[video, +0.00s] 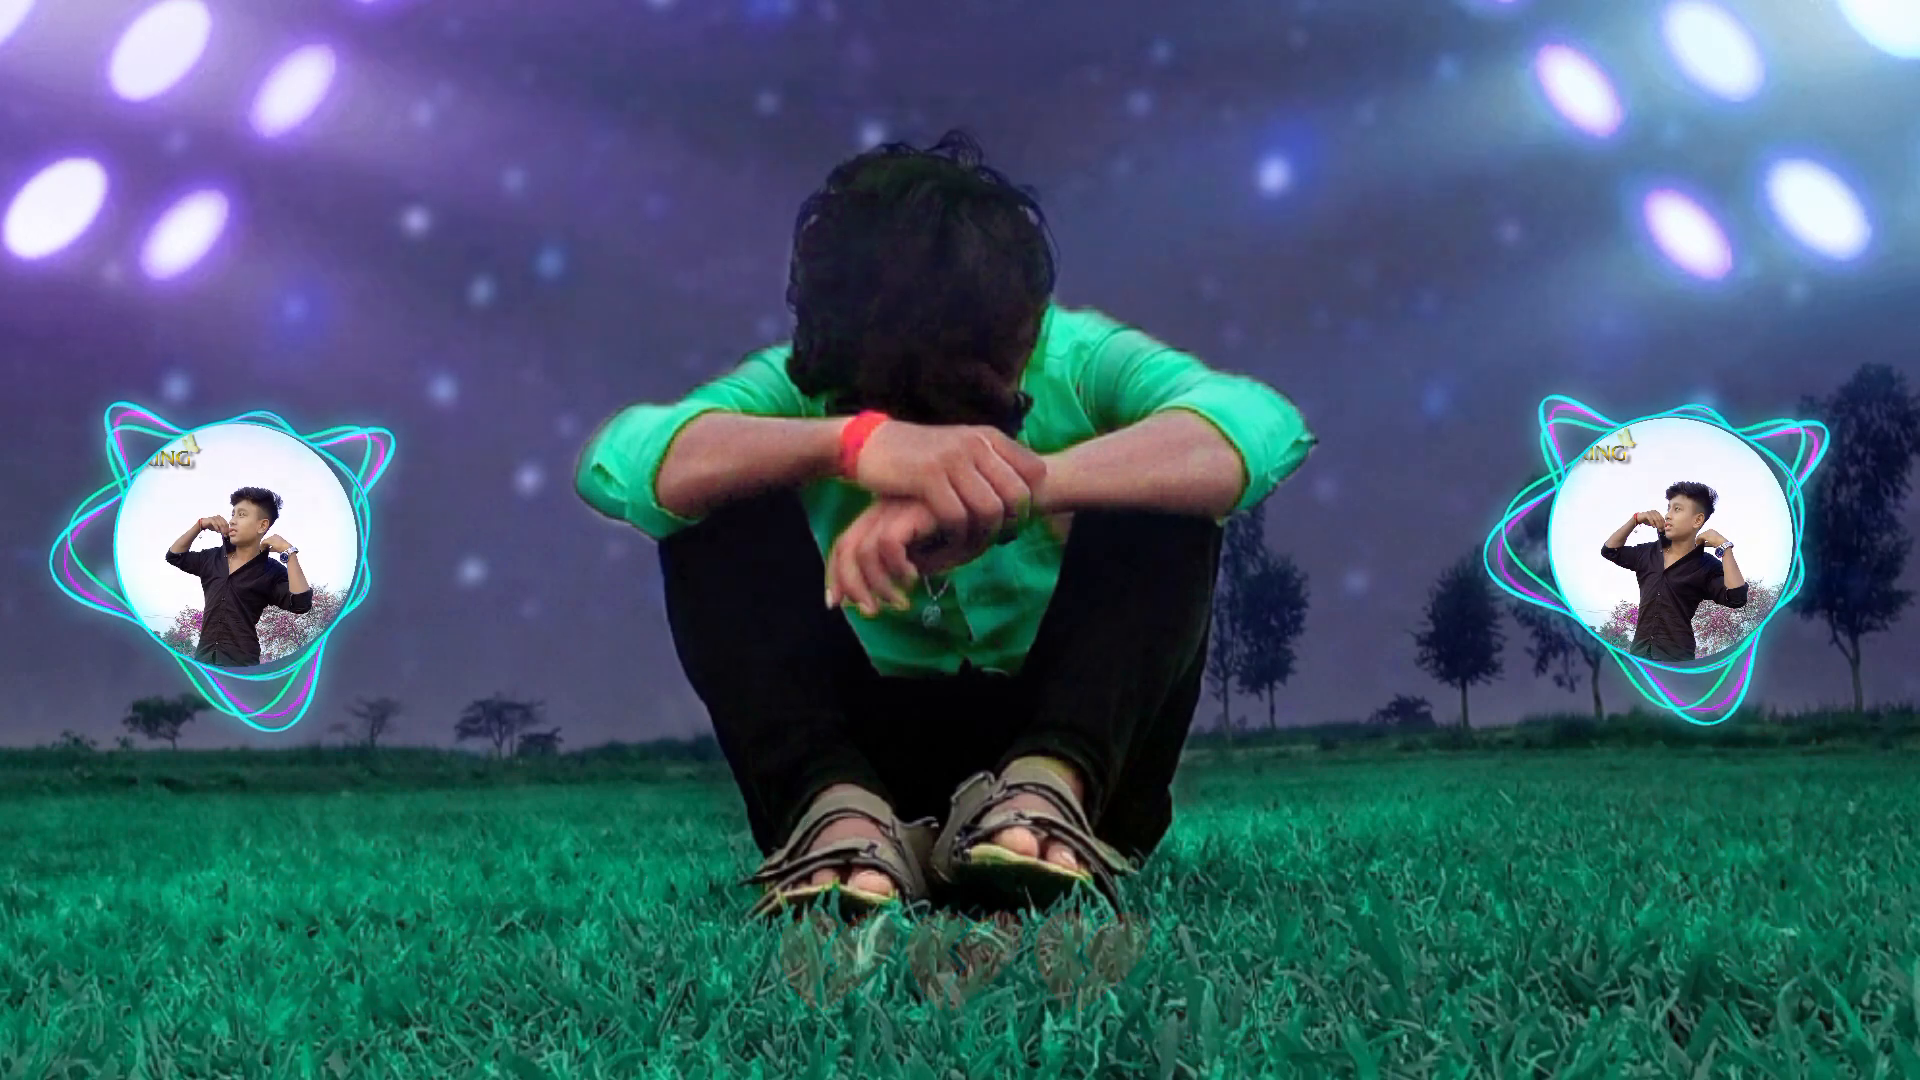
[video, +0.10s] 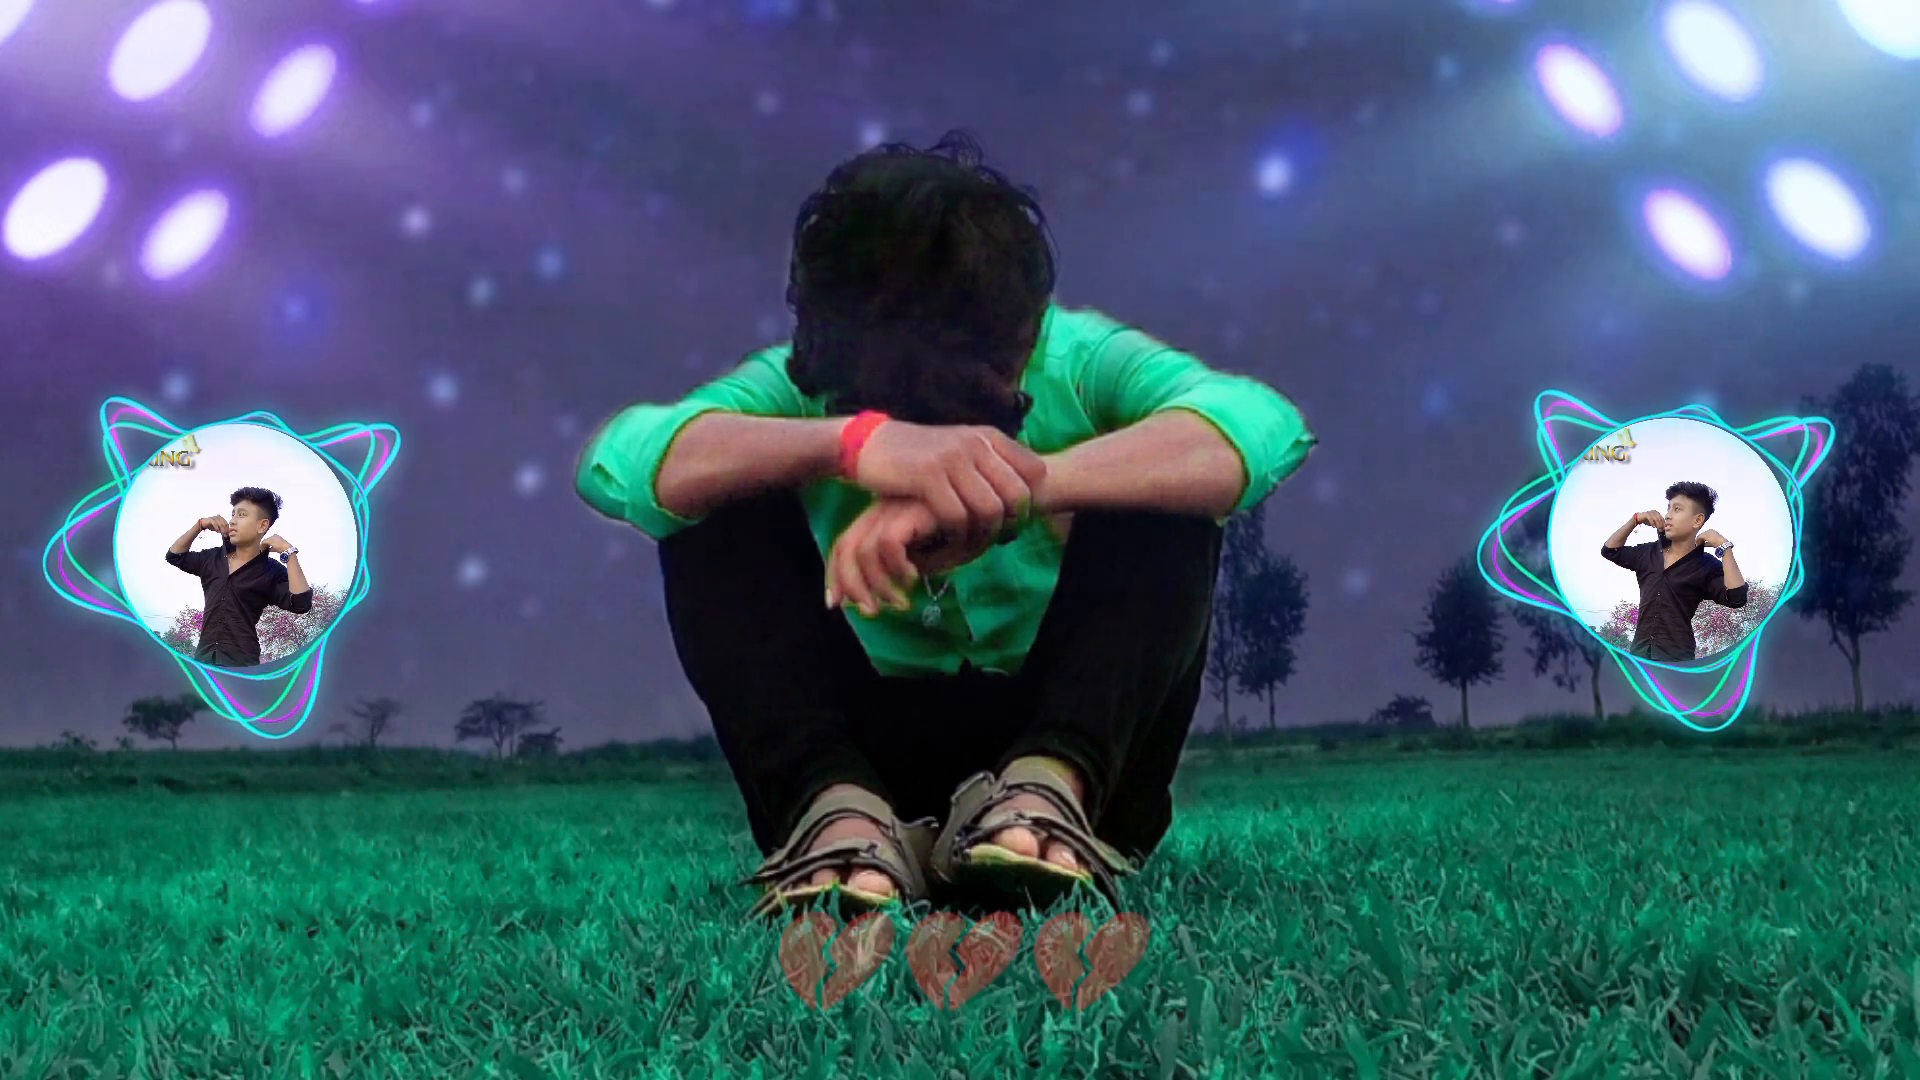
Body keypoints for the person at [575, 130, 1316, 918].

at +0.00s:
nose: (931, 454)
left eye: (968, 411)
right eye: (893, 418)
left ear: (1023, 348)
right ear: (821, 369)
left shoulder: (1076, 355)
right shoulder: (795, 382)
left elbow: (1266, 429)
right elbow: (611, 468)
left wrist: (1000, 492)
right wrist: (852, 446)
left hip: (1059, 749)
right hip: (863, 755)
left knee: (1166, 488)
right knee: (714, 500)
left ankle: (1043, 789)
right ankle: (835, 817)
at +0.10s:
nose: (917, 454)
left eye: (954, 418)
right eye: (877, 414)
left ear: (1021, 358)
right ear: (814, 367)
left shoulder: (1078, 356)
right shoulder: (793, 382)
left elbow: (1266, 429)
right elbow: (611, 467)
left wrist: (997, 491)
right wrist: (853, 446)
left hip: (1058, 748)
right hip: (863, 754)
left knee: (1167, 487)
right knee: (712, 501)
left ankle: (1043, 789)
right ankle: (836, 817)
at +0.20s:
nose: (926, 448)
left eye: (962, 411)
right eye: (891, 415)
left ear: (1020, 351)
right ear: (822, 363)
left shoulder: (1076, 355)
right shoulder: (793, 383)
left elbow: (1266, 429)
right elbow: (611, 467)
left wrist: (1000, 491)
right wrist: (852, 446)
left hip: (1059, 748)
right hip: (862, 754)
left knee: (1166, 485)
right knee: (711, 500)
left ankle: (1043, 790)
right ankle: (837, 819)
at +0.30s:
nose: (940, 451)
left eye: (975, 407)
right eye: (904, 421)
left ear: (1019, 344)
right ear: (828, 370)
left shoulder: (1074, 354)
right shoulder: (796, 382)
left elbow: (1265, 429)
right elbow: (611, 468)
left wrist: (998, 491)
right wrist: (851, 447)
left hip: (1059, 746)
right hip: (863, 751)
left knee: (1166, 488)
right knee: (712, 502)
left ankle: (1043, 790)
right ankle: (837, 818)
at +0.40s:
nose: (923, 460)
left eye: (955, 421)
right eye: (881, 422)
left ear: (1019, 357)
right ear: (817, 370)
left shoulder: (1078, 355)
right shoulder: (794, 382)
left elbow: (1265, 429)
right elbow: (611, 468)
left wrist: (1002, 490)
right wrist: (852, 447)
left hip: (1057, 744)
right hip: (864, 749)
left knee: (1165, 487)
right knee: (713, 503)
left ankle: (1044, 790)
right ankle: (836, 818)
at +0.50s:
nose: (920, 456)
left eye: (956, 418)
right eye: (880, 417)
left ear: (1020, 358)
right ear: (817, 366)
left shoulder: (1078, 356)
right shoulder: (794, 382)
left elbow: (1265, 429)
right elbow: (611, 467)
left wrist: (1001, 491)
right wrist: (852, 446)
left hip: (1058, 745)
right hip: (863, 749)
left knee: (1165, 486)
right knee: (713, 501)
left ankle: (1044, 790)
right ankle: (835, 817)